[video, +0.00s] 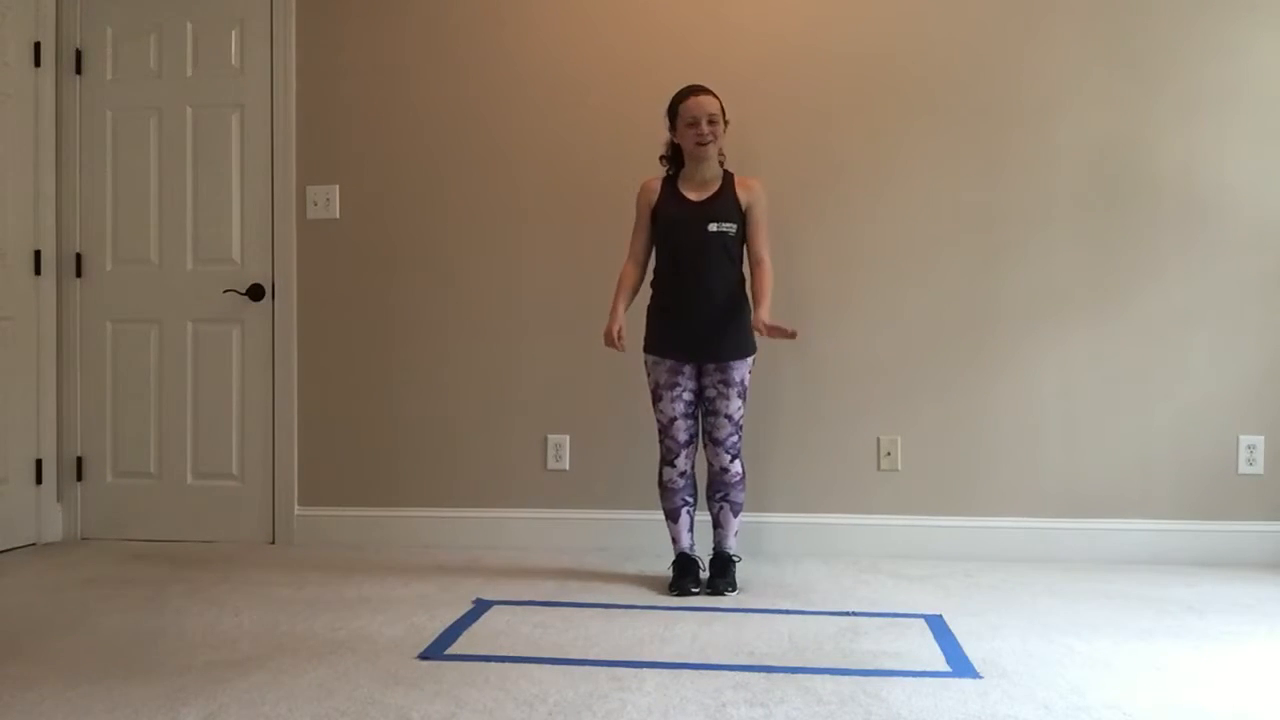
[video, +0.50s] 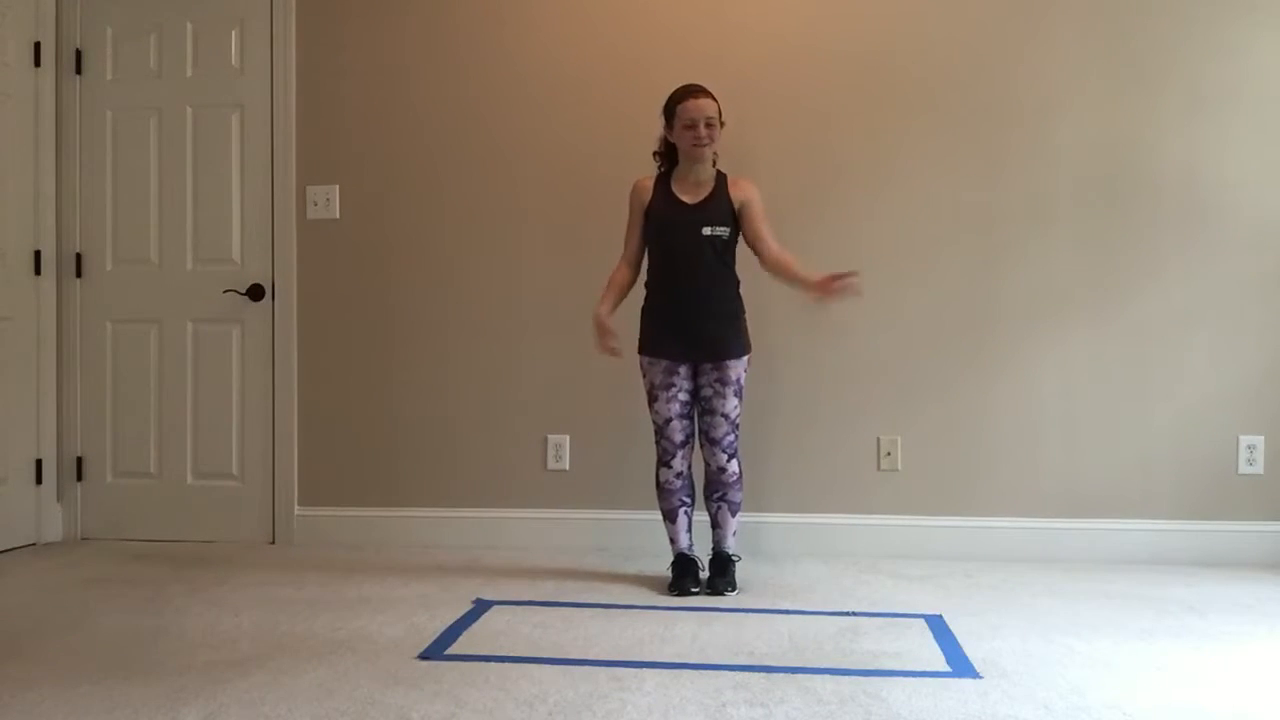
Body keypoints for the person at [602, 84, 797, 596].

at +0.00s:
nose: (703, 130)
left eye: (712, 121)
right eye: (692, 123)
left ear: (724, 128)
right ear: (674, 131)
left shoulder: (746, 190)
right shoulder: (654, 191)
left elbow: (759, 257)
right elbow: (636, 259)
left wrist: (761, 311)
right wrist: (617, 309)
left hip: (728, 341)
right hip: (668, 340)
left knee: (724, 448)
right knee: (676, 448)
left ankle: (723, 555)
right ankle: (684, 557)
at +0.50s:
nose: (702, 131)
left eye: (710, 123)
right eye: (690, 123)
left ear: (721, 129)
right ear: (670, 131)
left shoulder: (739, 192)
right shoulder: (647, 190)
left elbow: (770, 252)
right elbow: (630, 263)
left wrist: (811, 282)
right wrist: (604, 308)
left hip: (723, 341)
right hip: (664, 341)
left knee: (721, 448)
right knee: (672, 450)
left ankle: (724, 555)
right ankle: (683, 556)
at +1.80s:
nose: (701, 122)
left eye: (711, 112)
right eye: (689, 112)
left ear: (724, 122)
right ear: (669, 120)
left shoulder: (741, 184)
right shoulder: (644, 185)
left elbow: (780, 256)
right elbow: (617, 260)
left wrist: (840, 284)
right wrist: (569, 291)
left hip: (732, 326)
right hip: (668, 331)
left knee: (767, 430)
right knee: (664, 450)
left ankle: (790, 551)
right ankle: (678, 560)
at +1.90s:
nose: (714, 122)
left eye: (723, 111)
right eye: (701, 111)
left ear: (734, 117)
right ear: (679, 118)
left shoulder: (747, 181)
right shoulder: (652, 177)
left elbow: (779, 262)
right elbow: (609, 239)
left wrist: (828, 324)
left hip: (751, 325)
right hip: (683, 331)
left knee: (790, 437)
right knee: (677, 449)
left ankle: (832, 562)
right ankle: (678, 560)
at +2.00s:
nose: (725, 136)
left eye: (735, 125)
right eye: (713, 125)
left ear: (746, 130)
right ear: (692, 130)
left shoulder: (762, 198)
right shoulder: (665, 187)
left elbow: (773, 273)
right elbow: (605, 226)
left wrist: (783, 330)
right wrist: (602, 154)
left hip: (770, 333)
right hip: (702, 339)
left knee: (810, 453)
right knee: (688, 456)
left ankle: (855, 584)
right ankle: (683, 559)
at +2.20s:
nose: (745, 140)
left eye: (754, 128)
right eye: (732, 131)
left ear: (771, 136)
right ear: (715, 142)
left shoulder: (799, 203)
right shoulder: (696, 211)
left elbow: (830, 289)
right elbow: (620, 227)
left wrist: (870, 359)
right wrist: (642, 158)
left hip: (804, 358)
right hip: (729, 363)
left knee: (842, 472)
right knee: (684, 464)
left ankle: (864, 593)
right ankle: (681, 554)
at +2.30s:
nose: (749, 118)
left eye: (759, 106)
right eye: (736, 109)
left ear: (776, 115)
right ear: (720, 123)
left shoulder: (806, 185)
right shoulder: (705, 193)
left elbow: (866, 247)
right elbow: (633, 234)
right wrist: (591, 181)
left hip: (791, 351)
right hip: (714, 348)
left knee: (829, 472)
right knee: (659, 447)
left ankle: (861, 597)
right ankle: (662, 523)